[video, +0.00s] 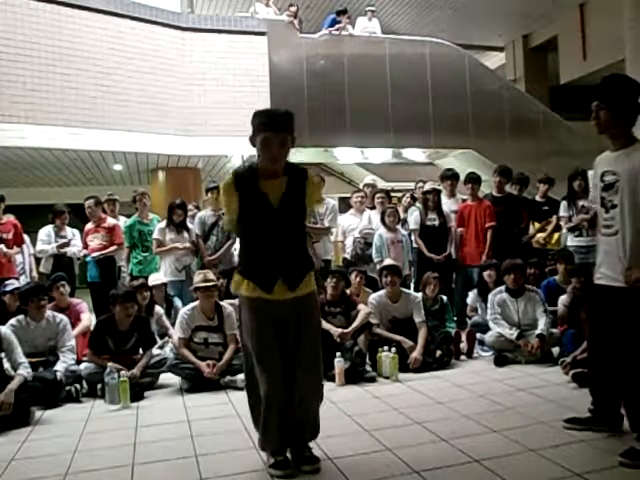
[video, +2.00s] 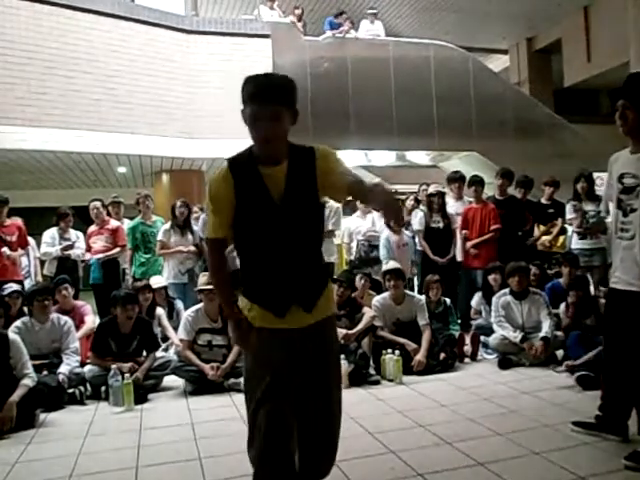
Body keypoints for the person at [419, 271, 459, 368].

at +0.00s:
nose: (432, 288)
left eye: (435, 285)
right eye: (429, 284)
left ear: (439, 287)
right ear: (424, 286)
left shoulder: (443, 300)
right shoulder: (418, 299)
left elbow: (449, 319)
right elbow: (416, 317)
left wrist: (450, 331)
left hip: (440, 329)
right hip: (425, 329)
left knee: (446, 336)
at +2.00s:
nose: (435, 292)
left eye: (437, 288)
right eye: (432, 289)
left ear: (441, 290)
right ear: (427, 291)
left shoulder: (446, 303)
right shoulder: (421, 302)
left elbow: (453, 322)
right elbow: (421, 321)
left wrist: (452, 334)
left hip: (444, 330)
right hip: (429, 331)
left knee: (449, 338)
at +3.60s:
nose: (435, 291)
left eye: (438, 288)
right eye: (432, 288)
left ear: (441, 289)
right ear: (427, 290)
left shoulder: (446, 303)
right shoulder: (421, 302)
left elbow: (453, 322)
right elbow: (421, 322)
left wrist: (452, 334)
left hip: (444, 332)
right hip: (429, 332)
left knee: (449, 338)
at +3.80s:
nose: (435, 291)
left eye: (438, 288)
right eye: (432, 288)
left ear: (442, 290)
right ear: (427, 290)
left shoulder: (447, 303)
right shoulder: (421, 302)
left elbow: (453, 322)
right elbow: (420, 322)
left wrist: (452, 334)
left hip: (444, 332)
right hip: (428, 332)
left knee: (449, 338)